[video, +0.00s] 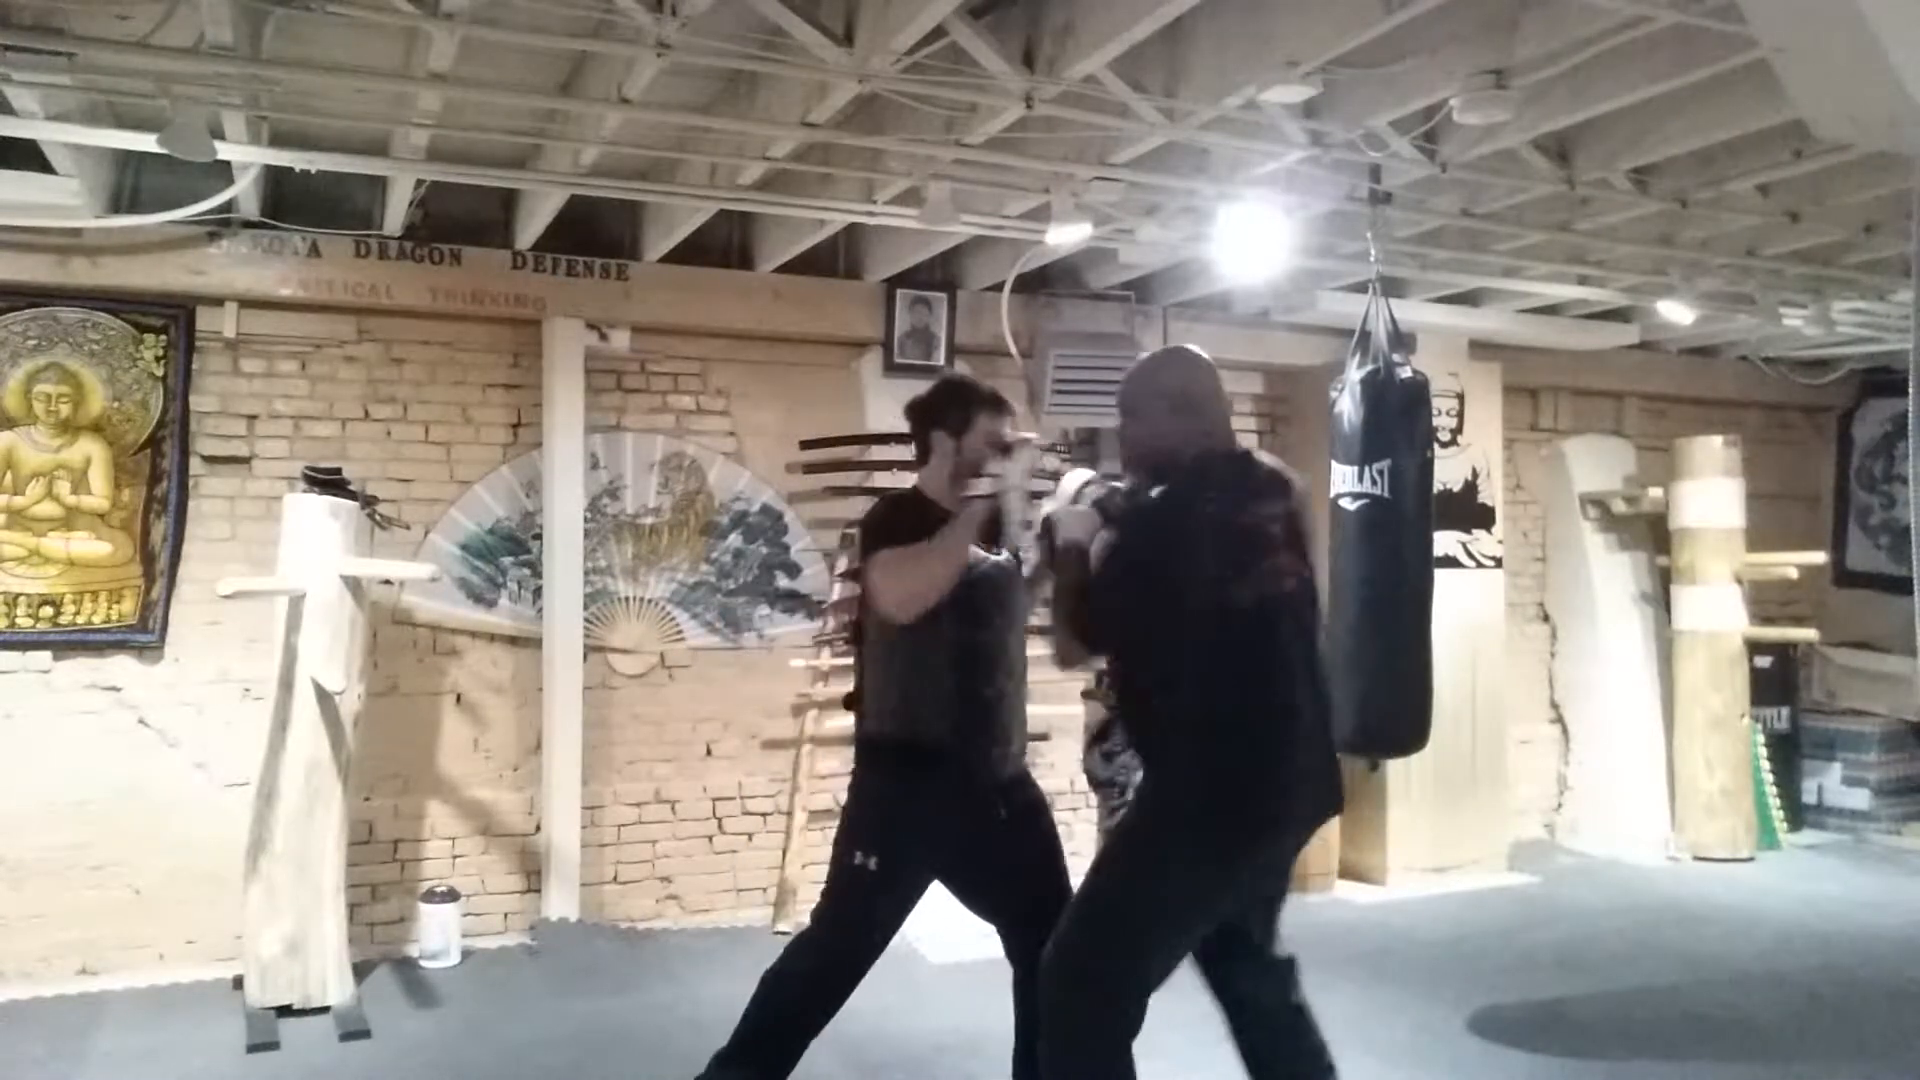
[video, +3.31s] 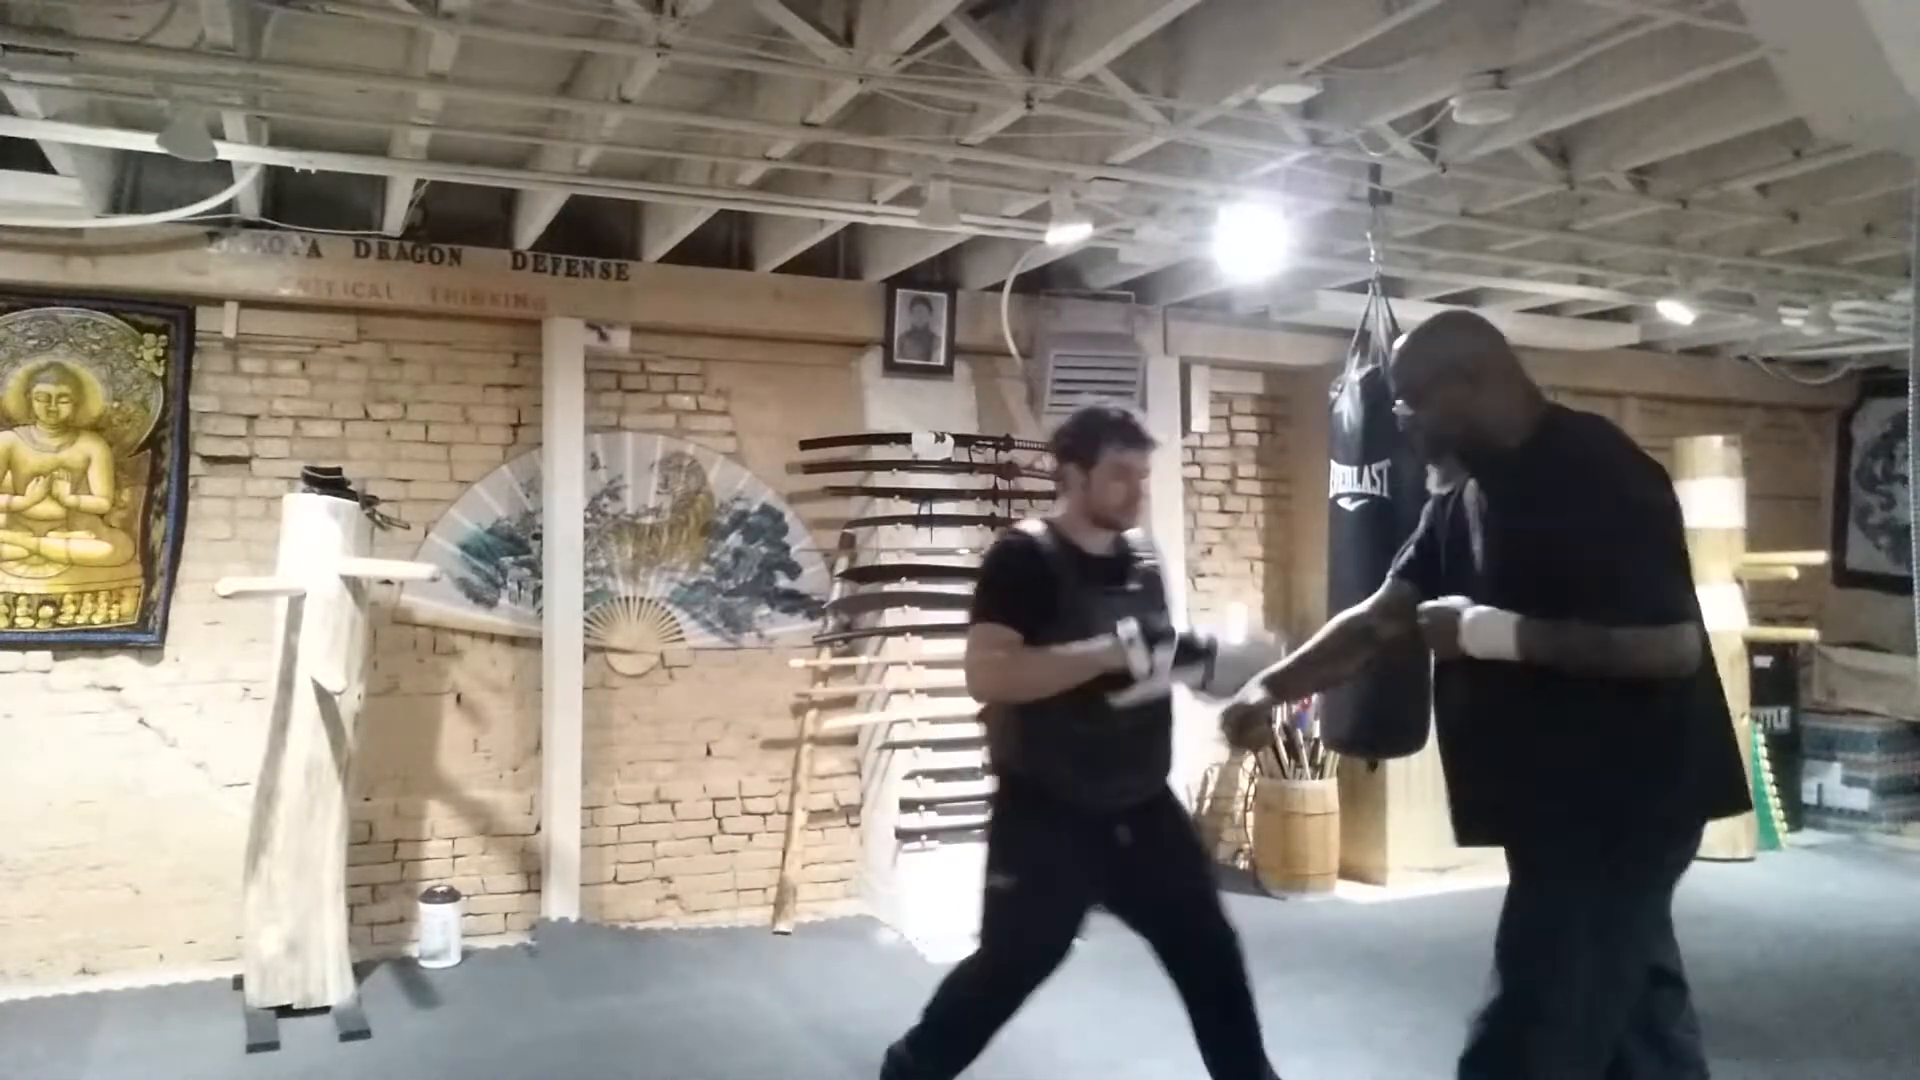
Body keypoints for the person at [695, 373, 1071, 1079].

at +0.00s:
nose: (1002, 459)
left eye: (1006, 446)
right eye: (992, 443)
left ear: (997, 453)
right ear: (943, 441)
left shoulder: (999, 533)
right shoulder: (897, 517)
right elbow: (898, 596)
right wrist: (980, 505)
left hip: (998, 788)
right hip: (904, 789)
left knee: (1054, 957)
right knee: (830, 959)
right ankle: (732, 1076)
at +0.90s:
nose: (967, 487)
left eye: (970, 471)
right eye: (957, 469)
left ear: (914, 466)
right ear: (904, 462)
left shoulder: (944, 550)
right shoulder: (830, 532)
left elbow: (961, 651)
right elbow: (820, 650)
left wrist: (1015, 598)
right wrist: (940, 578)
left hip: (940, 800)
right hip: (839, 802)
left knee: (1002, 963)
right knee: (773, 977)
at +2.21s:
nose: (1013, 482)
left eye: (1013, 468)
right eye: (996, 466)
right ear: (944, 470)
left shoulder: (1001, 567)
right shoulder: (882, 556)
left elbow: (1015, 659)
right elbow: (839, 674)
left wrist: (1054, 627)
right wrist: (963, 656)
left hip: (999, 813)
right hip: (894, 815)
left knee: (1077, 945)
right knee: (801, 976)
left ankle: (1089, 1076)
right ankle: (728, 1078)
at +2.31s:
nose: (1055, 481)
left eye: (1057, 467)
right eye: (1038, 465)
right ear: (984, 470)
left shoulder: (1053, 564)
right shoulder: (923, 553)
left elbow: (1077, 674)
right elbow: (885, 677)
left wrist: (1096, 670)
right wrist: (1001, 679)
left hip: (1041, 809)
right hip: (931, 808)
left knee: (1109, 946)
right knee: (855, 970)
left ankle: (1099, 1079)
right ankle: (793, 1076)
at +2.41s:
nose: (1071, 463)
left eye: (1074, 450)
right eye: (1054, 449)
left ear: (1073, 454)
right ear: (1000, 455)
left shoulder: (1078, 542)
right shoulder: (945, 533)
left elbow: (1114, 635)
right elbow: (903, 655)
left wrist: (1147, 624)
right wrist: (1034, 656)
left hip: (1060, 793)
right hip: (952, 791)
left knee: (1115, 938)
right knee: (895, 955)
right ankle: (853, 1073)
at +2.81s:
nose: (1132, 463)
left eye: (1136, 449)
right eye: (1113, 450)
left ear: (1142, 454)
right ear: (1064, 458)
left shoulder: (1159, 545)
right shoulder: (1017, 541)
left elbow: (1176, 649)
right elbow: (964, 647)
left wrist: (1217, 671)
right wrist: (1074, 644)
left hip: (1159, 797)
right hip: (1048, 799)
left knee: (1227, 969)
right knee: (991, 965)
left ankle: (1256, 1077)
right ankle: (957, 1074)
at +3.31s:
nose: (1138, 490)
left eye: (1142, 476)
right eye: (1122, 475)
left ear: (1143, 476)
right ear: (1072, 474)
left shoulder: (1141, 561)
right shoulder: (1020, 559)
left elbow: (1147, 654)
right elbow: (986, 672)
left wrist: (1197, 659)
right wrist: (1111, 655)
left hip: (1142, 810)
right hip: (1045, 816)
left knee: (1212, 961)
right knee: (1012, 966)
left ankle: (1250, 1077)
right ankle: (910, 1069)